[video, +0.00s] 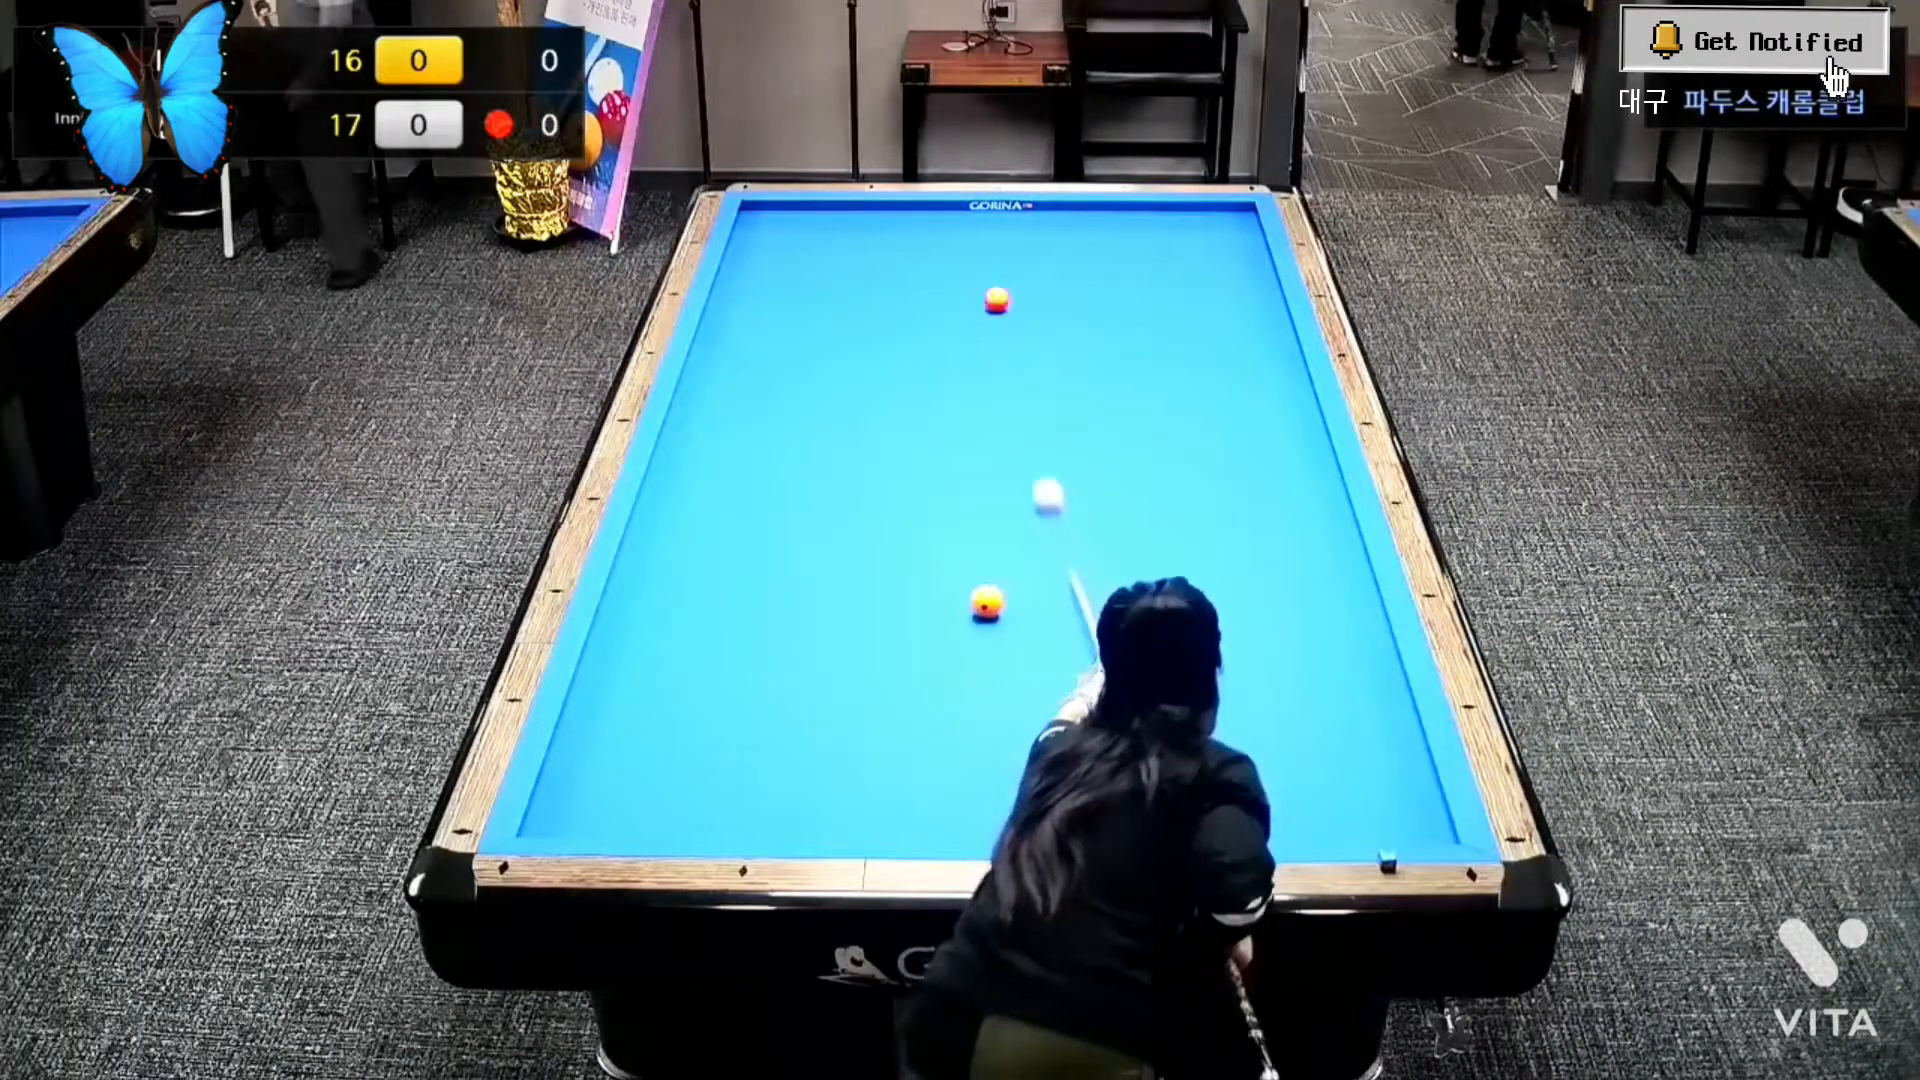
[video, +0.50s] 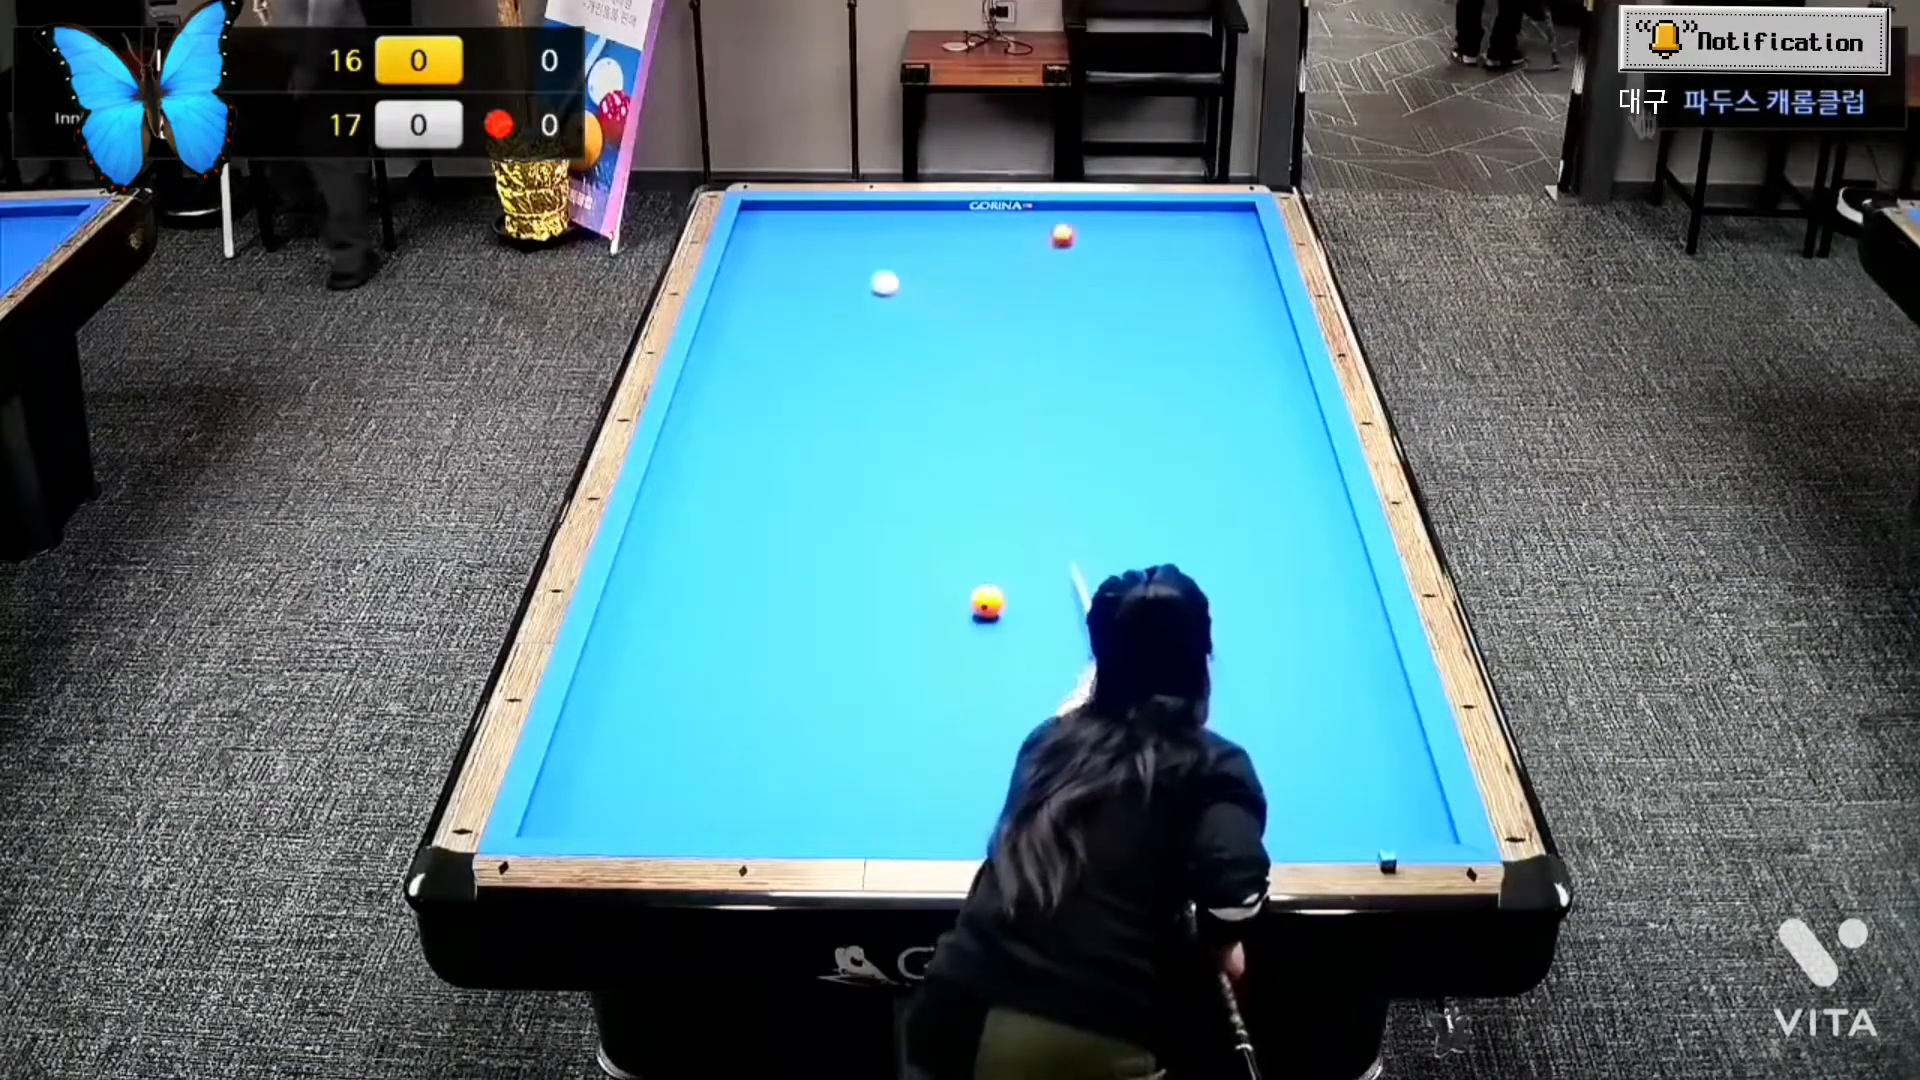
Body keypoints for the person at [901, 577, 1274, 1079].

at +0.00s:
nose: (1220, 672)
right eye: (1216, 660)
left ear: (1112, 671)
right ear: (1205, 669)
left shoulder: (1058, 748)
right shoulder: (1221, 771)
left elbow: (1077, 708)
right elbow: (1233, 872)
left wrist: (1104, 669)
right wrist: (1232, 937)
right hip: (1109, 1037)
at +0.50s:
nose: (1208, 660)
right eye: (1203, 648)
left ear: (1103, 656)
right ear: (1196, 658)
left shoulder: (1049, 740)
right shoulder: (1217, 764)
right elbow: (1232, 874)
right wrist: (1223, 943)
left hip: (988, 1012)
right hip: (1112, 1029)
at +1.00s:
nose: (1181, 607)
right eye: (1177, 595)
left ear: (1075, 601)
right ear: (1167, 606)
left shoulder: (1020, 696)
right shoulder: (1186, 726)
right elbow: (1192, 873)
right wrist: (1199, 923)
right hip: (1069, 1016)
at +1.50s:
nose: (1150, 511)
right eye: (1146, 497)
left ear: (1031, 503)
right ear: (1137, 517)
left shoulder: (973, 616)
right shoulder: (1150, 670)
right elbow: (1144, 854)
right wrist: (1171, 908)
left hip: (949, 964)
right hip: (1075, 984)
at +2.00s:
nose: (1174, 540)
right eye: (1173, 526)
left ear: (1045, 526)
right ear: (1169, 543)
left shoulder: (986, 626)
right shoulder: (1191, 715)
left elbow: (933, 771)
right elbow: (1192, 924)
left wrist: (981, 858)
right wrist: (1219, 951)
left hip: (990, 987)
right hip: (1133, 1005)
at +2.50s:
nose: (1216, 562)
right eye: (1212, 548)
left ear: (1081, 556)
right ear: (1204, 570)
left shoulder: (1019, 651)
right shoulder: (1234, 749)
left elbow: (974, 779)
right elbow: (1226, 954)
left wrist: (1032, 853)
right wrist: (1254, 969)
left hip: (1025, 1008)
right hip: (1173, 1027)